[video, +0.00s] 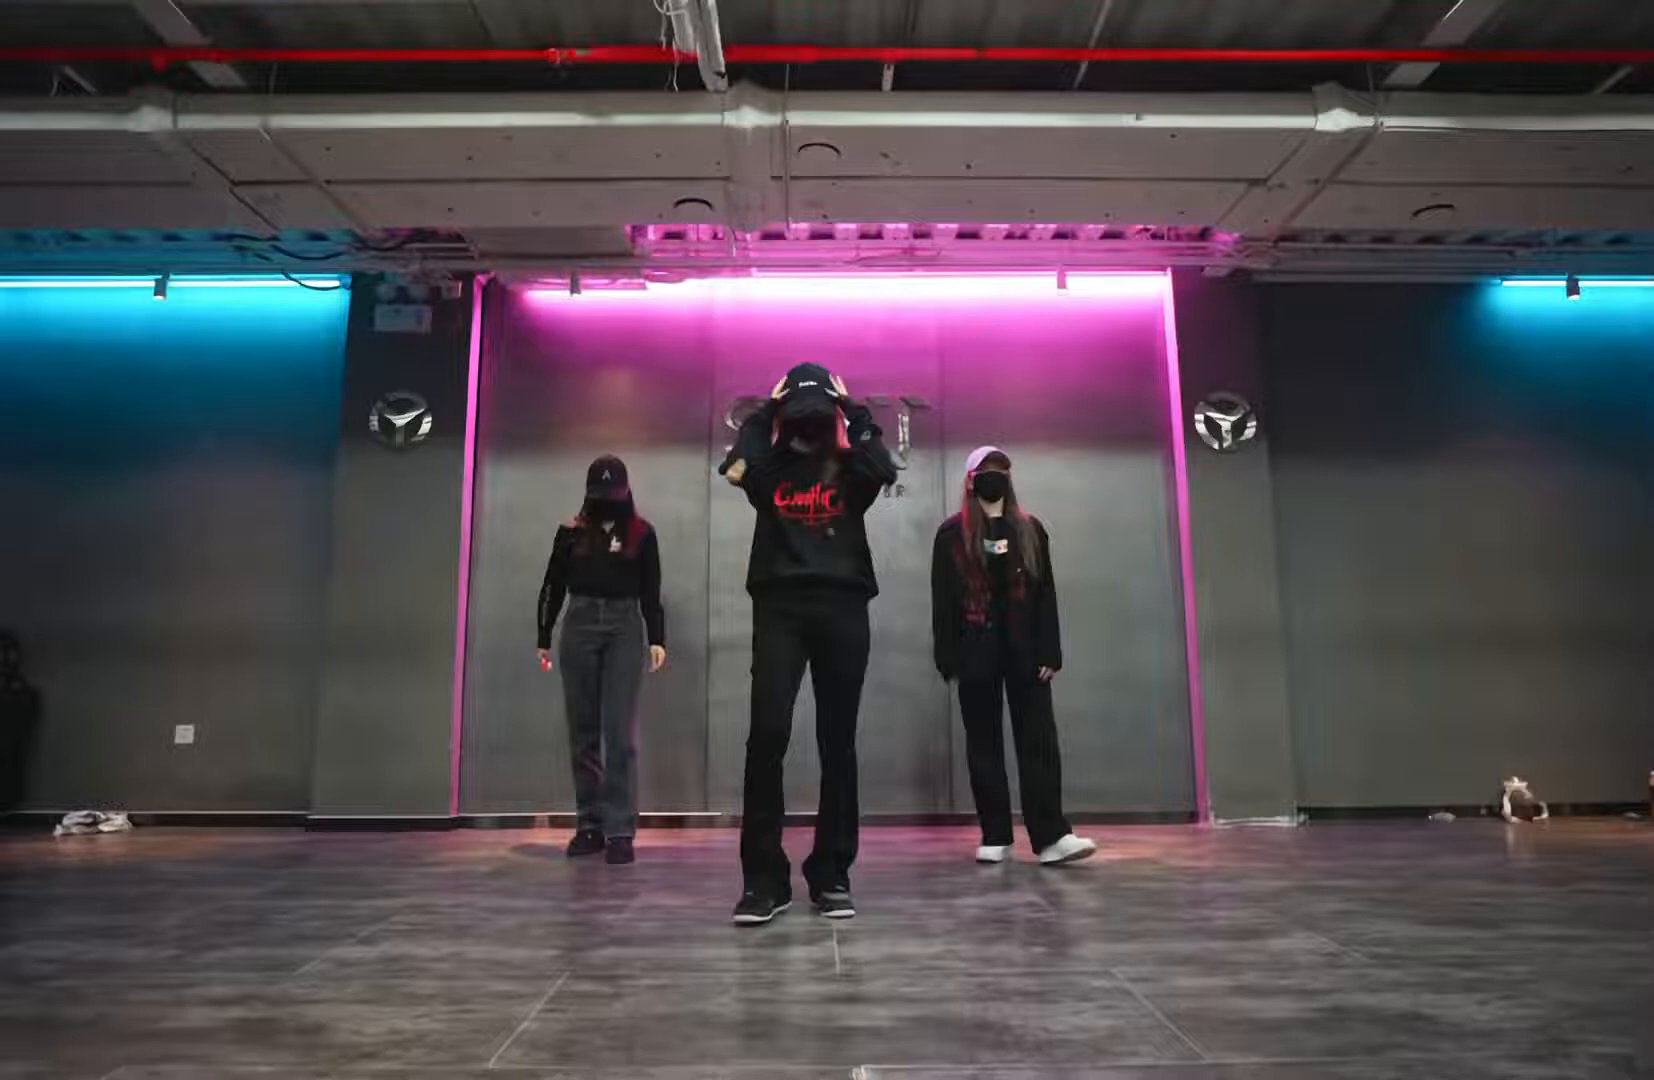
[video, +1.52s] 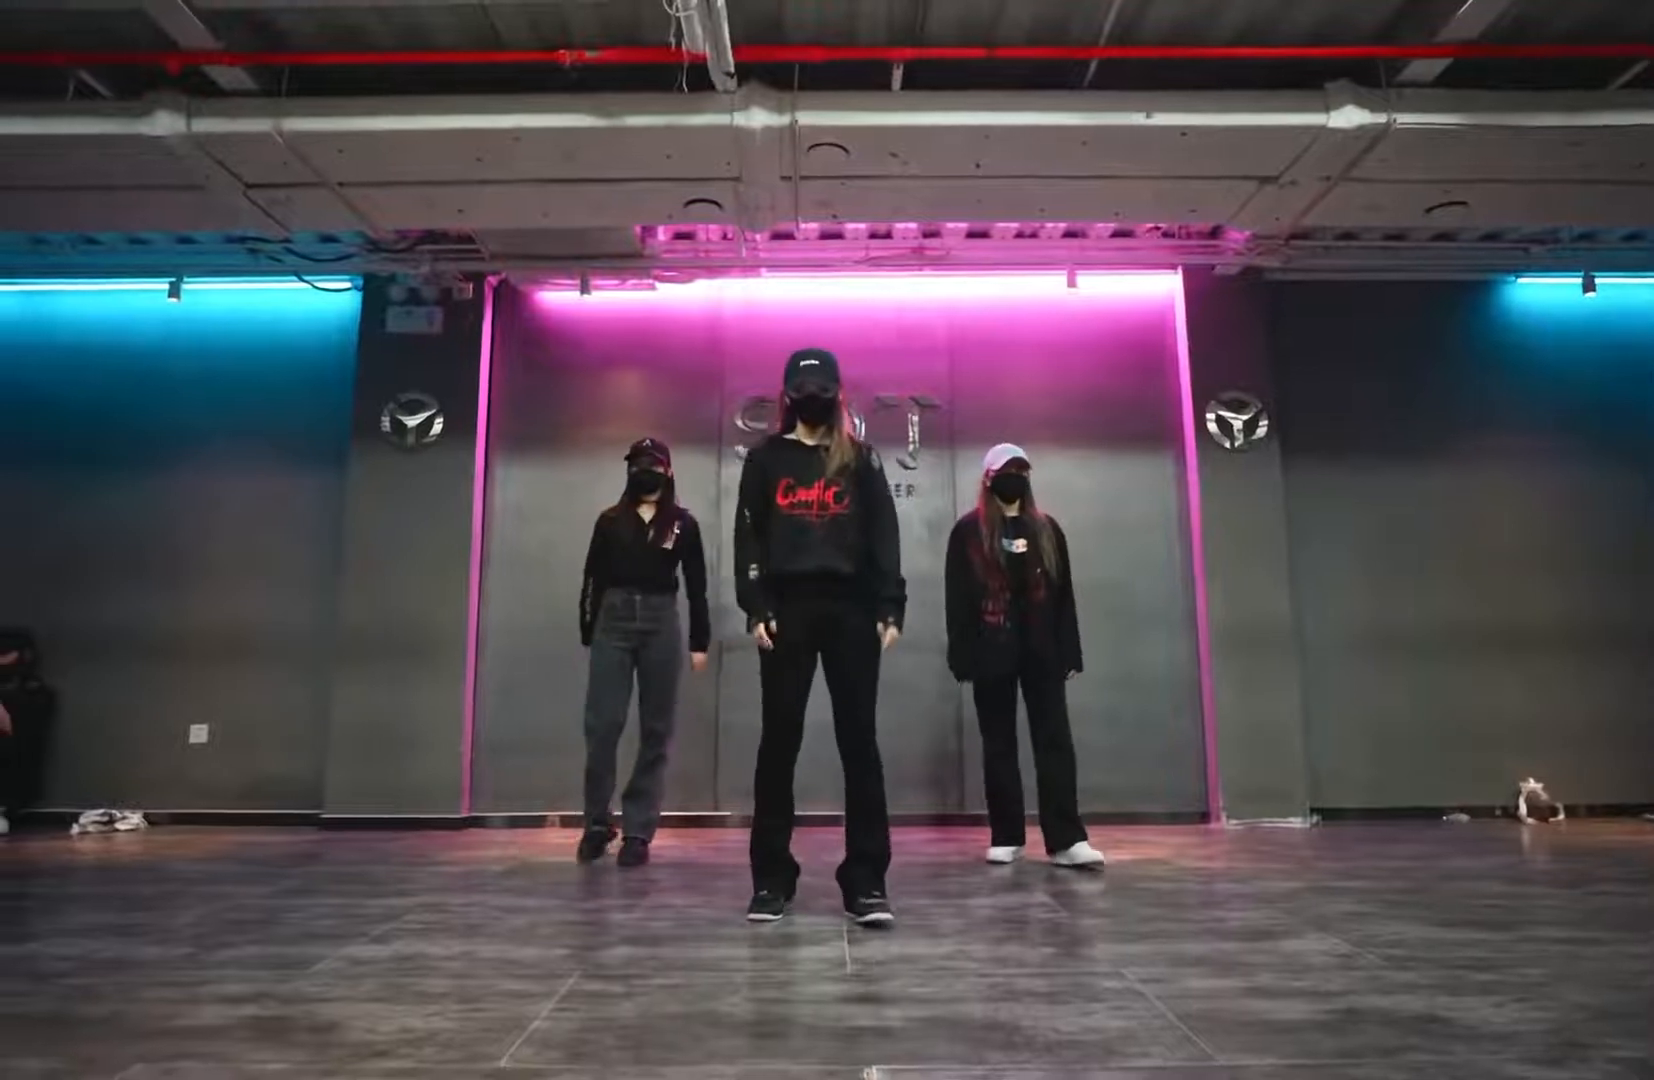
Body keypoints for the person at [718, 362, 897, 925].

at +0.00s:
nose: (809, 422)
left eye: (818, 413)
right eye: (800, 413)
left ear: (837, 413)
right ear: (783, 416)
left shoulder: (853, 460)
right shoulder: (767, 462)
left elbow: (883, 469)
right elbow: (743, 467)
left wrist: (852, 411)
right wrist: (767, 410)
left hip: (842, 612)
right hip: (778, 612)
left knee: (837, 745)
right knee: (766, 743)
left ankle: (832, 878)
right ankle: (764, 883)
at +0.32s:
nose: (793, 418)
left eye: (802, 409)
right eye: (785, 409)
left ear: (817, 407)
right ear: (771, 407)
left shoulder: (839, 466)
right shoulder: (746, 464)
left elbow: (875, 533)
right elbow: (708, 534)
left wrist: (866, 525)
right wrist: (717, 523)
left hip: (827, 618)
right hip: (762, 618)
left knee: (828, 746)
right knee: (759, 747)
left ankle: (831, 877)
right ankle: (760, 882)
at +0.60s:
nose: (777, 412)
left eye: (786, 403)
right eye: (768, 403)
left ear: (800, 401)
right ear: (753, 402)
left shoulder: (823, 464)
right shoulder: (728, 464)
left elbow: (842, 545)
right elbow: (710, 545)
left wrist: (841, 613)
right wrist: (719, 612)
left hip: (814, 618)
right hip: (747, 618)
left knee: (821, 745)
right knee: (753, 748)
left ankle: (829, 875)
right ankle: (760, 880)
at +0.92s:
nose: (768, 411)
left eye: (778, 402)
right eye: (760, 402)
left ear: (793, 400)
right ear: (744, 400)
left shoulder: (816, 466)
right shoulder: (719, 463)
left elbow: (838, 546)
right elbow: (696, 542)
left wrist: (849, 620)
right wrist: (693, 616)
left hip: (809, 615)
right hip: (743, 617)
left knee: (833, 742)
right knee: (753, 749)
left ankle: (855, 881)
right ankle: (761, 882)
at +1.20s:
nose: (783, 409)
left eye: (792, 399)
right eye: (774, 400)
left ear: (806, 398)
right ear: (757, 399)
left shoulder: (828, 460)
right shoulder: (733, 460)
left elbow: (855, 531)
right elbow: (710, 537)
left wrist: (863, 598)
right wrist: (716, 604)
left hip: (824, 613)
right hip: (758, 614)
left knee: (841, 742)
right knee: (764, 746)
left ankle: (860, 882)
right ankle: (767, 881)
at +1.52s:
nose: (814, 404)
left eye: (822, 394)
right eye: (805, 395)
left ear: (836, 393)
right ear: (790, 395)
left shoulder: (860, 459)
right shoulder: (765, 457)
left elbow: (884, 535)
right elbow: (746, 539)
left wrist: (889, 605)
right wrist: (757, 607)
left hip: (852, 614)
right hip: (786, 614)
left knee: (859, 746)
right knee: (778, 747)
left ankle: (866, 883)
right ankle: (771, 880)